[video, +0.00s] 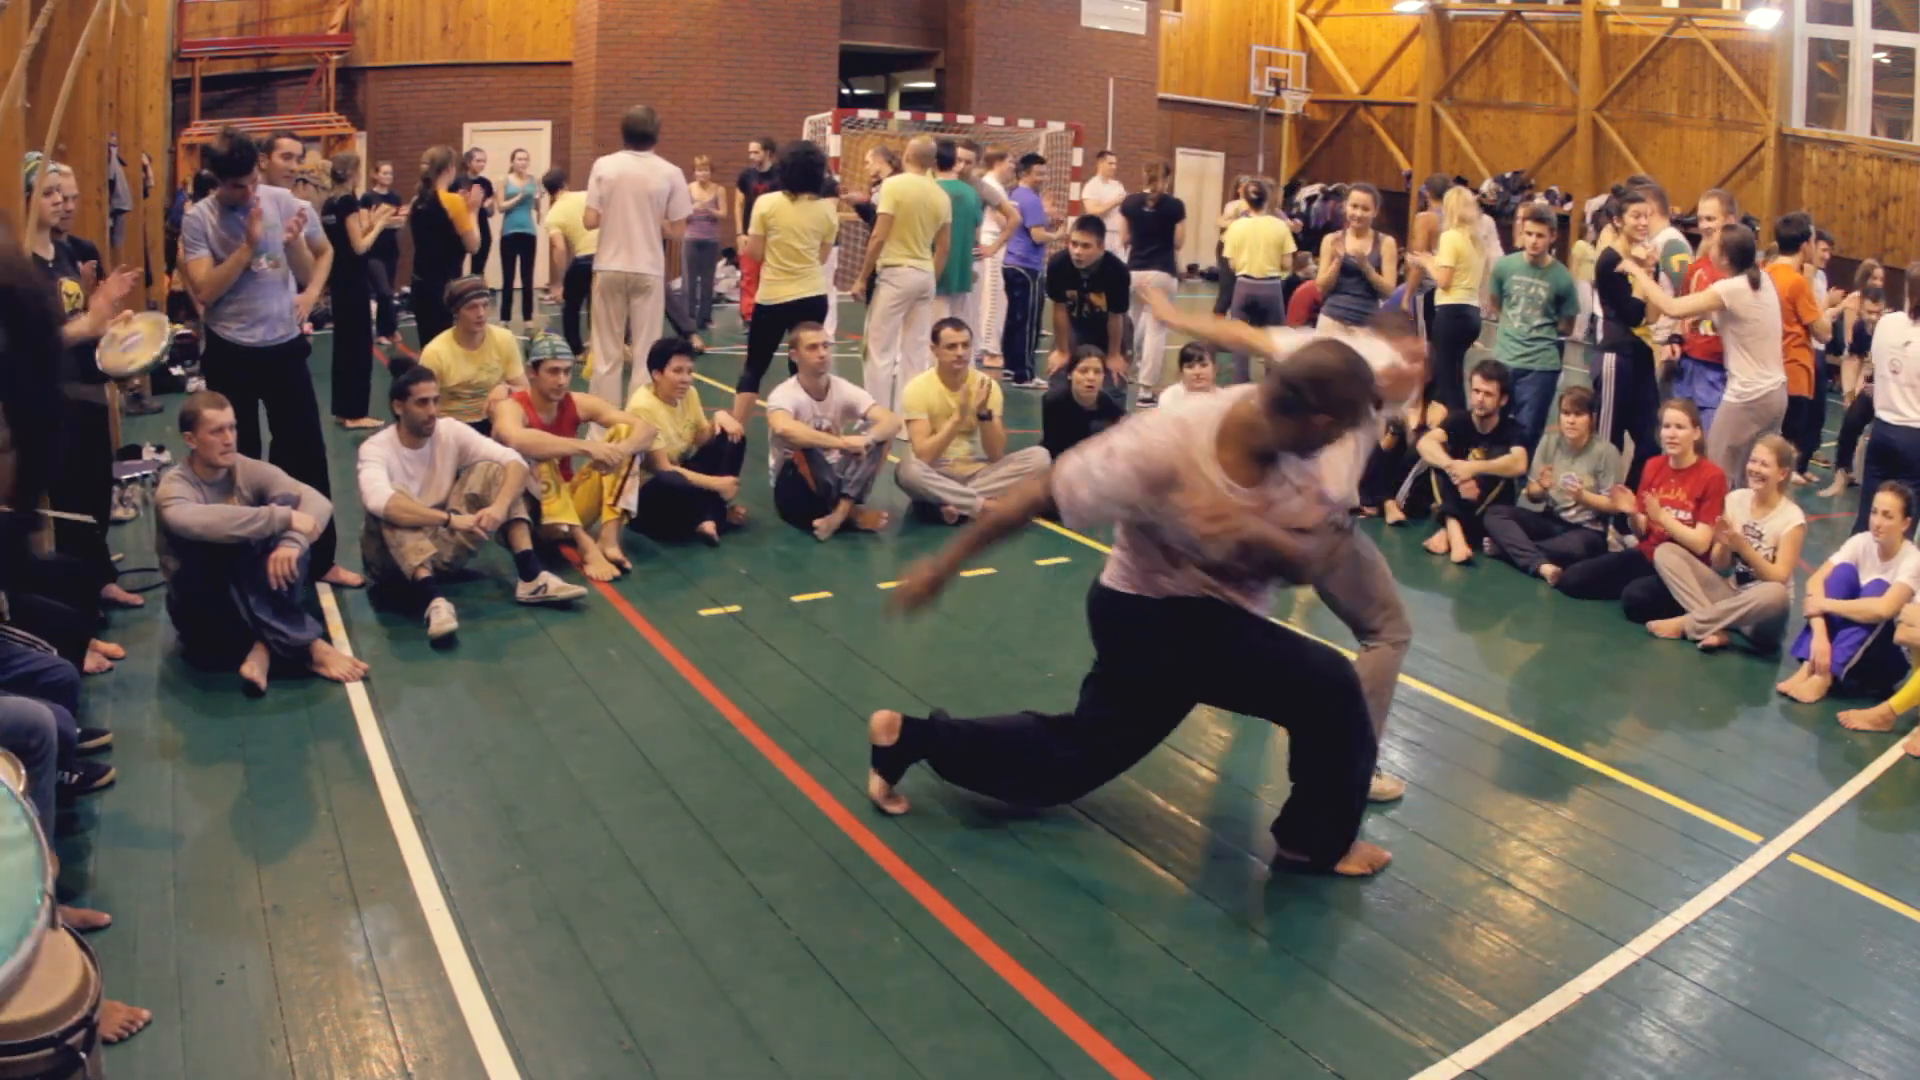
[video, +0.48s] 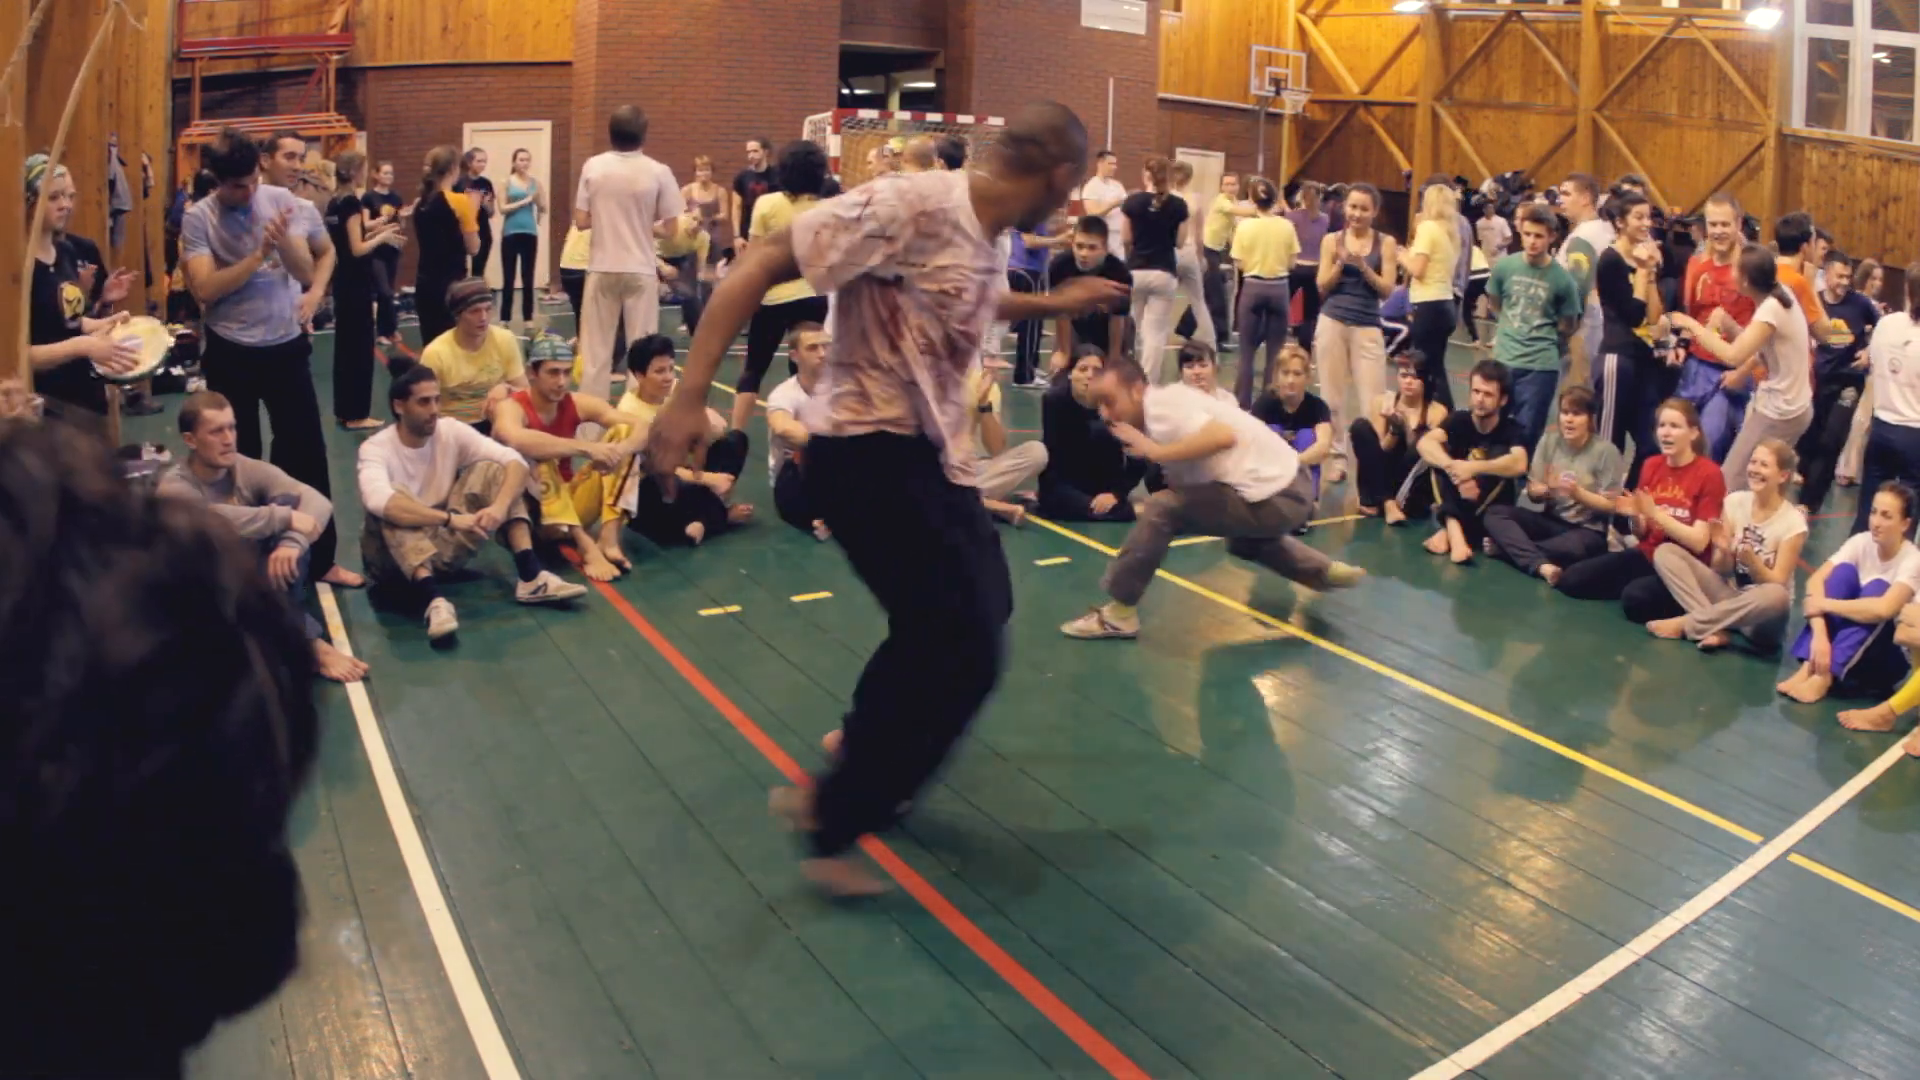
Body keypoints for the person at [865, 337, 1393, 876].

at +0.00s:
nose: (1337, 436)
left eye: (1342, 426)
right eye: (1338, 425)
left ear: (1288, 391)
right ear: (1312, 418)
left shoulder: (1297, 456)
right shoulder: (1169, 439)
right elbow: (1043, 493)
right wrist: (939, 569)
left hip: (1211, 620)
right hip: (1148, 611)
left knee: (1073, 760)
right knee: (1328, 685)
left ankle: (905, 737)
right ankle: (1316, 841)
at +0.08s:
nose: (1282, 406)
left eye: (1289, 395)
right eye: (1281, 392)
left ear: (1253, 368)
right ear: (1246, 366)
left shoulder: (1251, 436)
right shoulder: (1116, 394)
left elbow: (1248, 547)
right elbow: (1013, 430)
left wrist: (1164, 496)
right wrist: (940, 484)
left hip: (1173, 605)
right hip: (1110, 600)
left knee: (1091, 737)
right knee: (1291, 683)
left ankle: (907, 739)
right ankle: (1317, 842)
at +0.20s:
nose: (1207, 324)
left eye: (1214, 314)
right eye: (1208, 310)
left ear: (1175, 294)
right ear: (1176, 291)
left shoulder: (1174, 365)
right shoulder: (1039, 313)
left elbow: (1169, 484)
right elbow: (935, 328)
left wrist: (1104, 440)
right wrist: (884, 417)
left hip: (1109, 559)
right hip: (1029, 549)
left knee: (1031, 721)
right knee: (1169, 684)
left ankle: (878, 739)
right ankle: (1295, 840)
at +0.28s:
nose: (1146, 288)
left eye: (1155, 276)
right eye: (1147, 271)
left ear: (1127, 253)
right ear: (1113, 242)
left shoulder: (1114, 330)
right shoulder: (988, 273)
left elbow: (1115, 461)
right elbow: (868, 299)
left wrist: (1104, 407)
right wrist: (807, 408)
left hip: (1054, 525)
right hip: (967, 513)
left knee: (995, 699)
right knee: (1086, 668)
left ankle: (858, 747)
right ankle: (1205, 841)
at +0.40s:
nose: (1093, 235)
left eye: (1100, 223)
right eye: (1094, 219)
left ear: (1060, 188)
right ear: (1064, 190)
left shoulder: (1035, 258)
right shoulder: (936, 223)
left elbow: (1024, 354)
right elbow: (794, 276)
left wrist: (1106, 342)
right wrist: (704, 403)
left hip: (970, 476)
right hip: (905, 475)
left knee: (950, 650)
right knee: (1033, 639)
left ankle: (848, 751)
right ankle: (1008, 835)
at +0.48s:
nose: (1060, 208)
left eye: (1068, 194)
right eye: (1066, 190)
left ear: (1022, 163)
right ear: (1041, 170)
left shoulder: (991, 235)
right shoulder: (912, 204)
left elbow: (979, 300)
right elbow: (758, 263)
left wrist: (1059, 301)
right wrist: (689, 394)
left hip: (923, 450)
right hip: (864, 449)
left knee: (971, 615)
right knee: (958, 644)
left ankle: (861, 750)